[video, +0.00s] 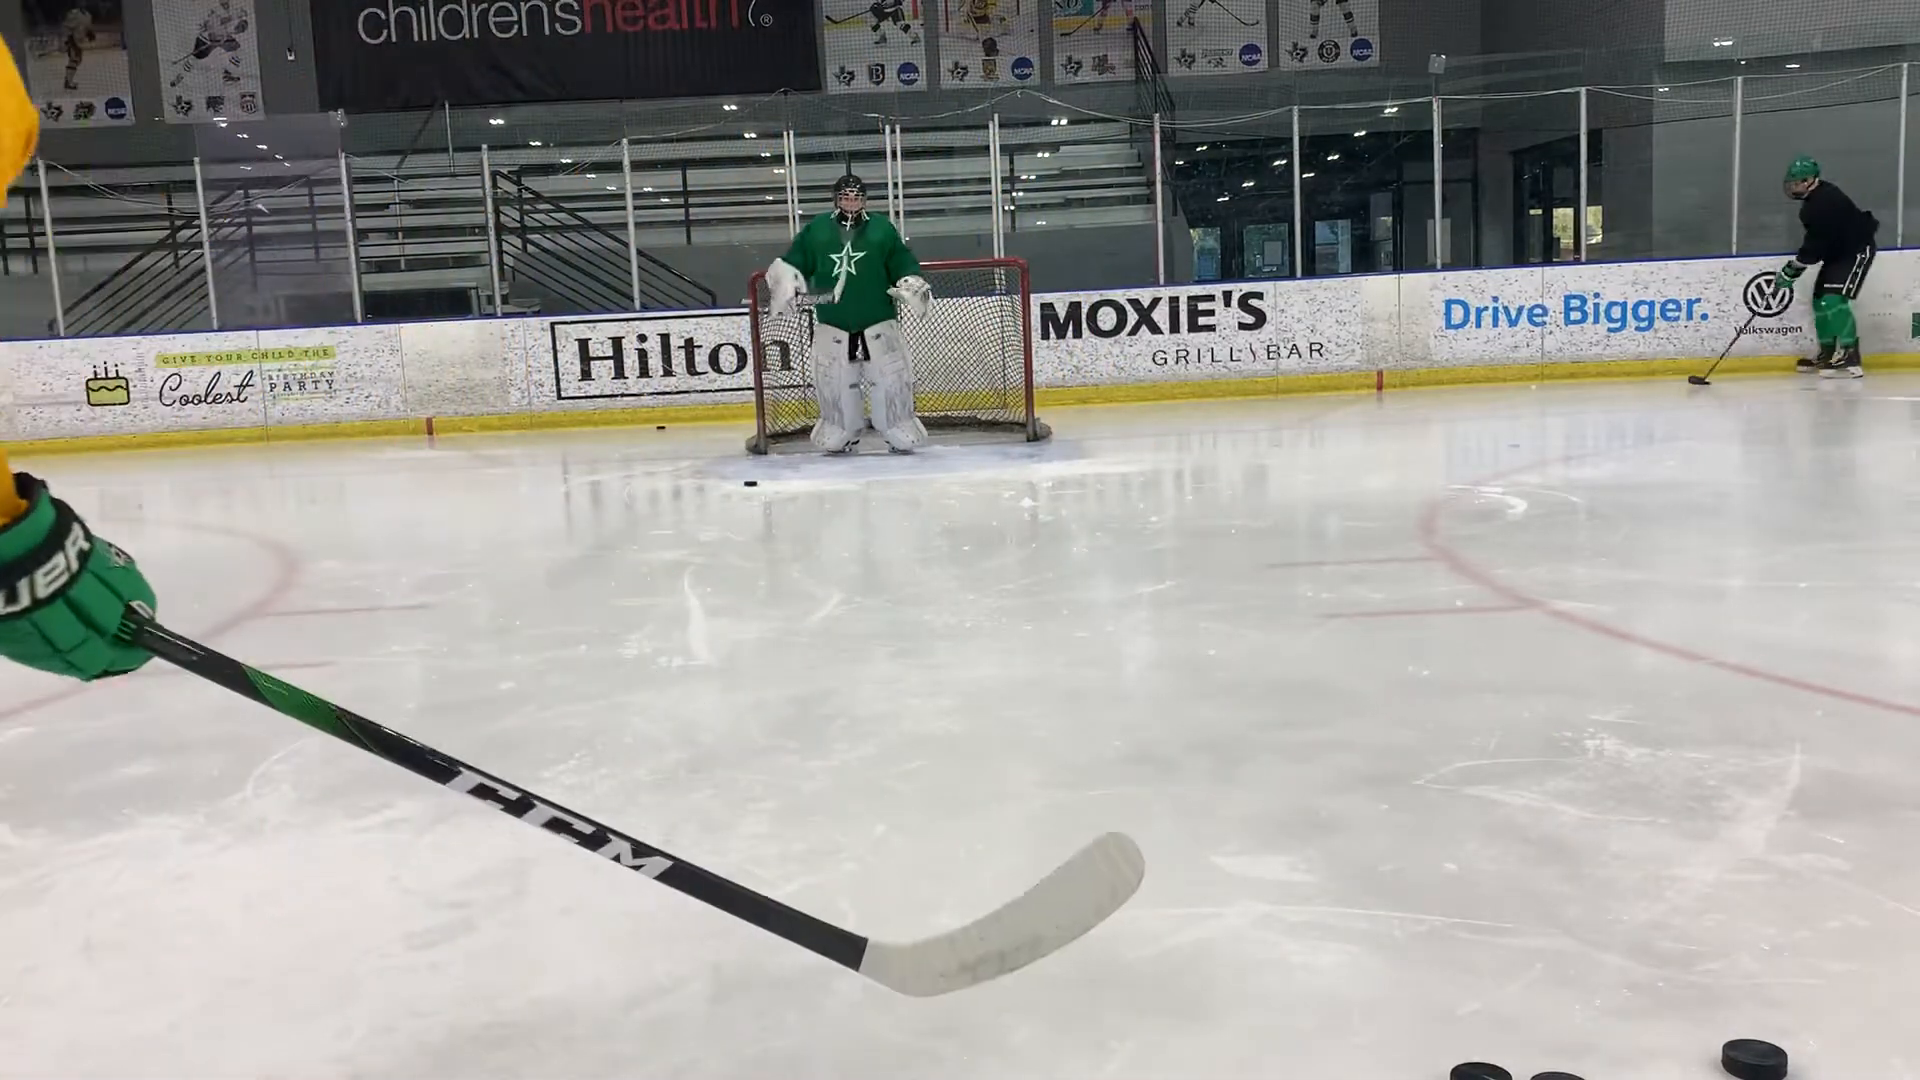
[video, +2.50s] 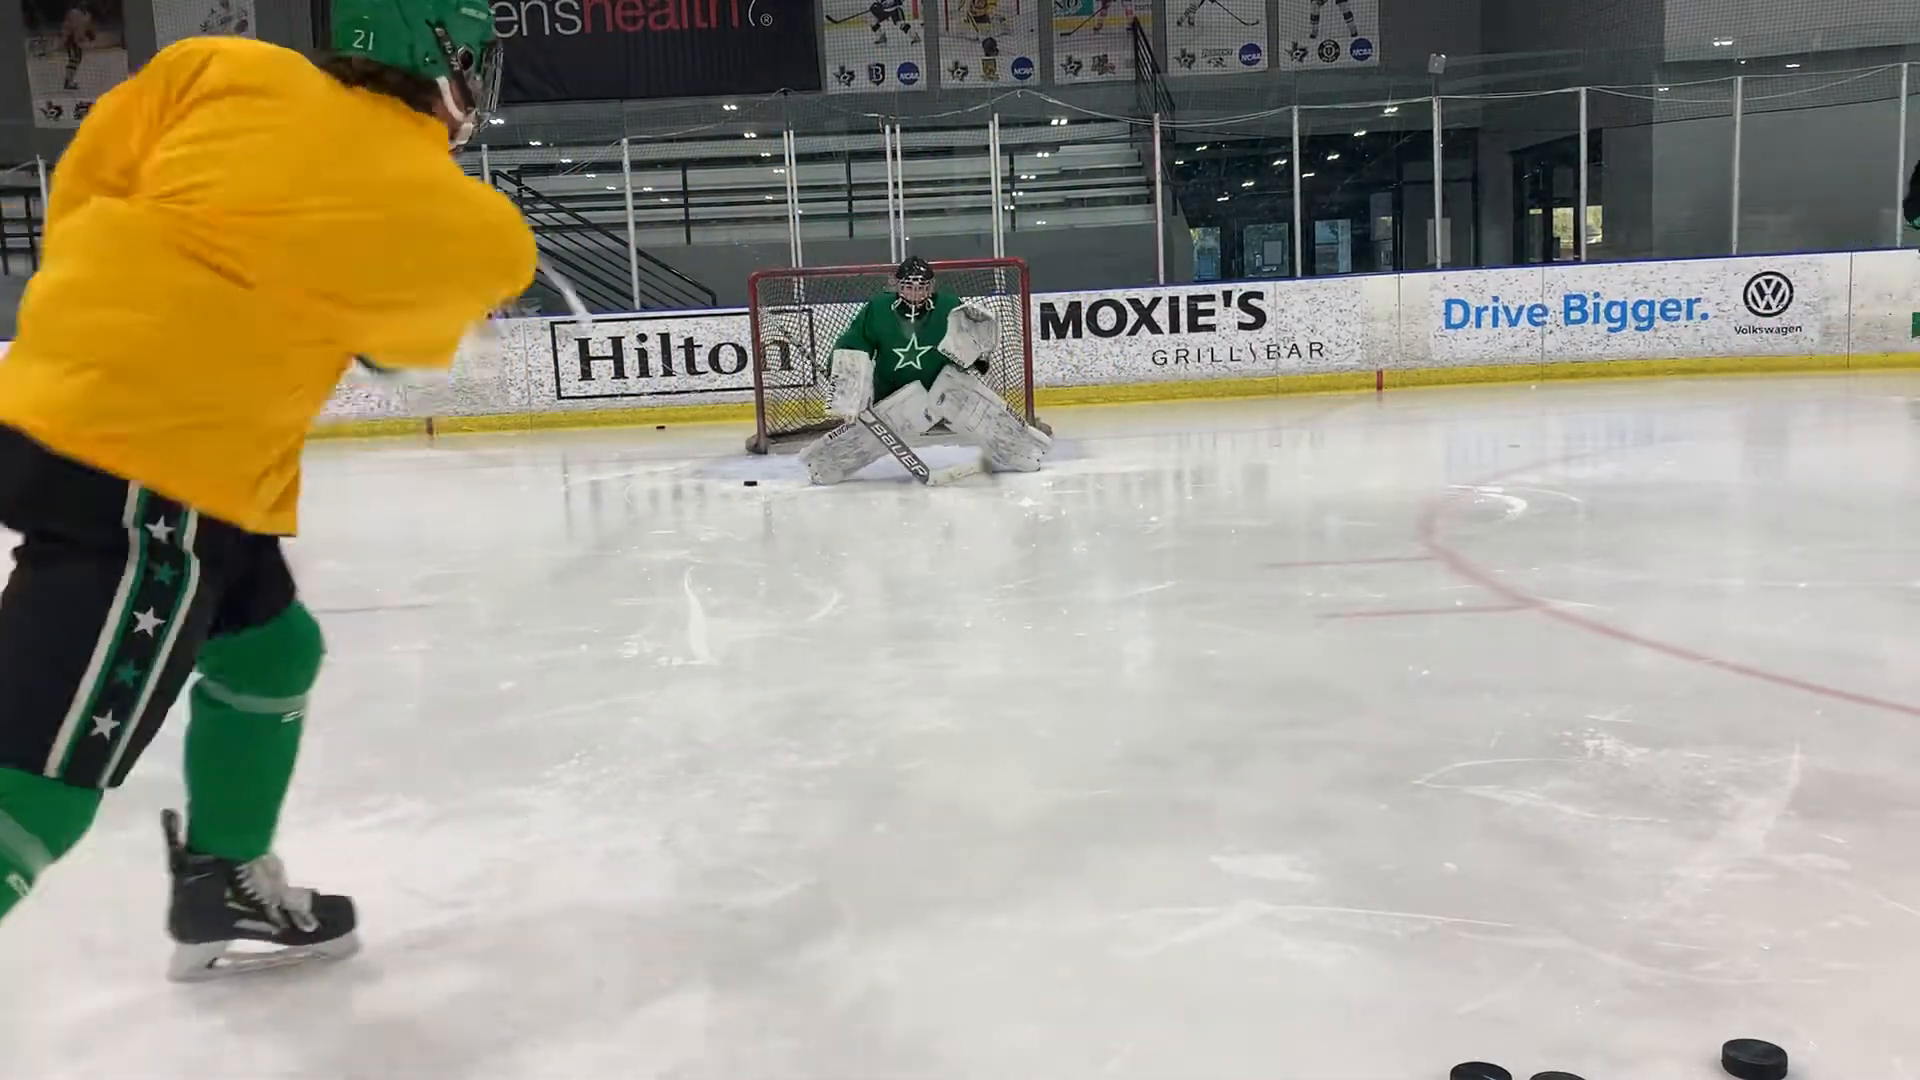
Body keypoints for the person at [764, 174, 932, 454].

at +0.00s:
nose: (850, 201)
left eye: (855, 196)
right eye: (845, 196)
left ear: (863, 199)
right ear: (837, 199)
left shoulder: (881, 228)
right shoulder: (818, 229)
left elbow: (902, 261)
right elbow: (794, 260)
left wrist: (912, 285)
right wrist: (784, 281)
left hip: (878, 318)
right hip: (833, 320)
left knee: (891, 377)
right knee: (834, 380)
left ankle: (901, 435)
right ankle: (840, 437)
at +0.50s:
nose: (865, 205)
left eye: (870, 200)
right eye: (860, 200)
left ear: (879, 202)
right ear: (851, 203)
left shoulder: (895, 230)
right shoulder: (833, 231)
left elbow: (913, 269)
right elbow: (816, 276)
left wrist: (892, 279)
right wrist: (850, 281)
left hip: (896, 319)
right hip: (854, 320)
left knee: (919, 377)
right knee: (840, 384)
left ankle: (931, 438)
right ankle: (816, 445)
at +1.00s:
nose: (879, 204)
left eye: (884, 199)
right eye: (873, 198)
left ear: (894, 201)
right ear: (864, 201)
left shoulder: (908, 228)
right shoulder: (846, 231)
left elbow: (928, 264)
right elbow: (824, 276)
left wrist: (918, 279)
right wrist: (849, 288)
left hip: (909, 321)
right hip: (864, 323)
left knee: (939, 383)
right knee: (845, 390)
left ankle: (967, 445)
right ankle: (819, 454)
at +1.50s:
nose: (894, 234)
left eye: (899, 227)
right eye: (888, 228)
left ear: (908, 228)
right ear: (879, 229)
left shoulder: (927, 254)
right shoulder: (858, 260)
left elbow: (950, 302)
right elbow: (838, 301)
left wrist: (953, 276)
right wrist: (840, 338)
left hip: (924, 341)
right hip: (879, 346)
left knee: (956, 398)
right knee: (865, 408)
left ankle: (994, 455)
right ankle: (825, 461)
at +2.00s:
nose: (913, 281)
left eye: (919, 274)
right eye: (907, 275)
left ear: (929, 274)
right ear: (895, 276)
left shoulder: (946, 296)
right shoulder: (876, 303)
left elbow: (969, 348)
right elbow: (854, 342)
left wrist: (970, 333)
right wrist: (852, 380)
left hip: (946, 372)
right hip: (897, 378)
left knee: (982, 409)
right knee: (872, 424)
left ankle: (1027, 451)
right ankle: (826, 464)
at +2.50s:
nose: (916, 292)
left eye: (921, 286)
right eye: (909, 286)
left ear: (931, 285)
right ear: (898, 286)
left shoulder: (950, 307)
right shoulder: (877, 311)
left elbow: (977, 359)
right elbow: (850, 349)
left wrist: (973, 349)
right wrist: (849, 388)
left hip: (946, 389)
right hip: (895, 399)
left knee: (981, 415)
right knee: (870, 434)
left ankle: (1019, 448)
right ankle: (827, 464)